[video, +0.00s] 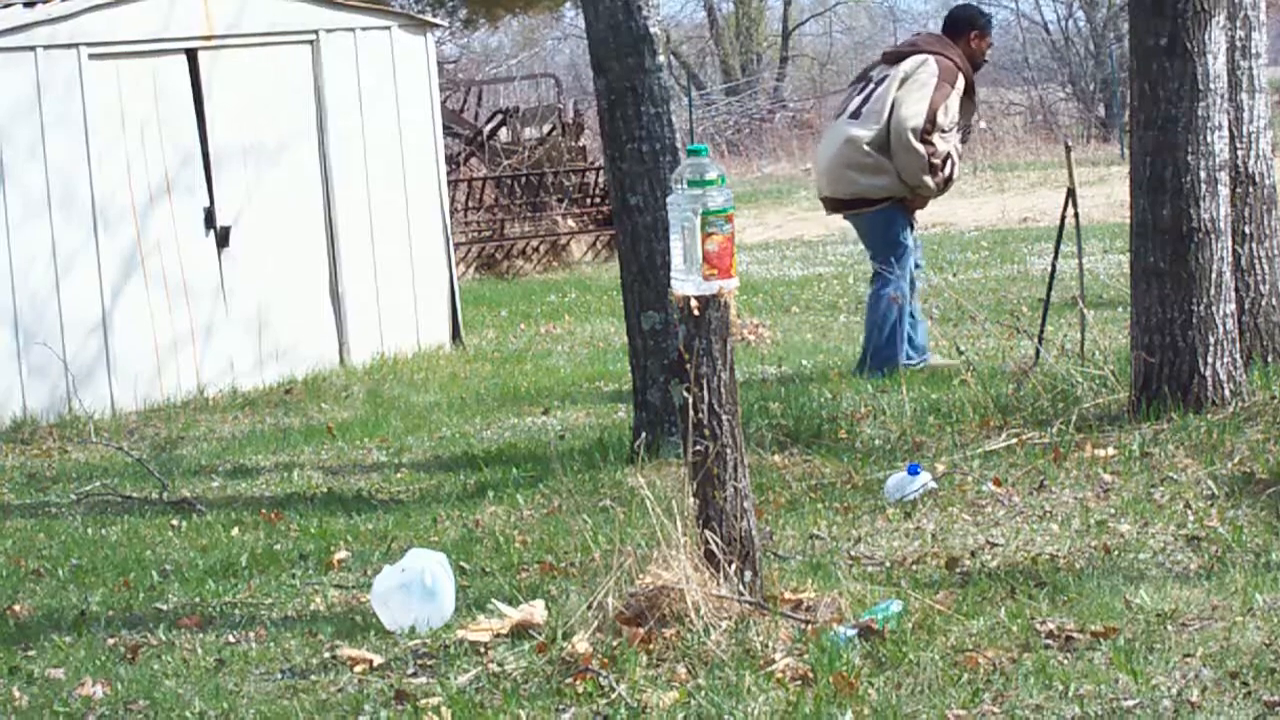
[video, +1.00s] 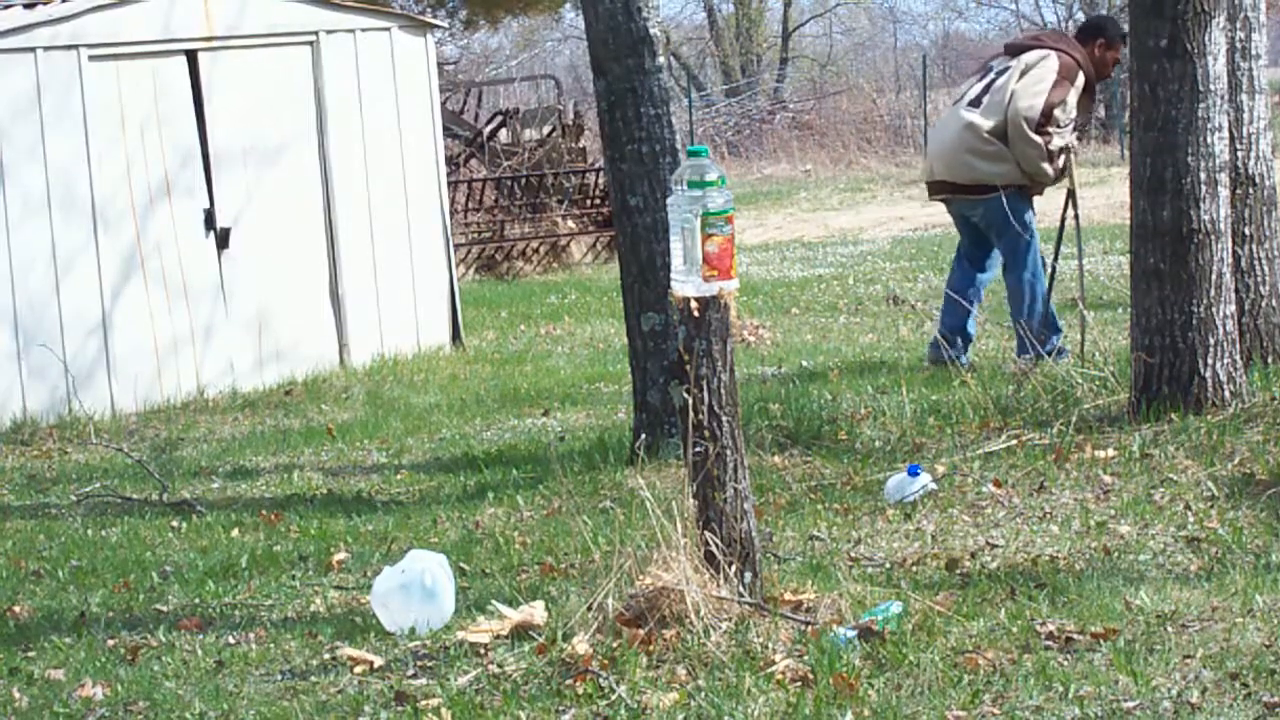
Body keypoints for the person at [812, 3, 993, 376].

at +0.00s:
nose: (988, 53)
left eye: (989, 45)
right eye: (987, 44)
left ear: (950, 34)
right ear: (972, 38)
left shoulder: (912, 56)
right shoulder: (942, 65)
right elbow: (910, 128)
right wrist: (926, 185)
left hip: (845, 172)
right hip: (866, 174)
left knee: (908, 258)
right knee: (895, 266)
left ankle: (912, 354)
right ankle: (880, 366)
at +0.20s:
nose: (1011, 60)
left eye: (1013, 52)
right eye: (1011, 50)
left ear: (977, 39)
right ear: (992, 42)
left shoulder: (934, 60)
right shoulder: (963, 67)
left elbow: (880, 115)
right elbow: (933, 129)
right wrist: (944, 192)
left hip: (867, 175)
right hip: (890, 176)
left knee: (931, 271)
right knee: (914, 272)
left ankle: (949, 361)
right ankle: (879, 370)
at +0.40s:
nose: (1033, 57)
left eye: (1036, 49)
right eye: (1033, 47)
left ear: (1002, 37)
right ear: (1013, 39)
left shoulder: (954, 55)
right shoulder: (986, 61)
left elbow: (897, 108)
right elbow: (954, 120)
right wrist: (969, 180)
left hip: (883, 169)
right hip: (909, 168)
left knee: (939, 262)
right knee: (950, 260)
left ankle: (943, 353)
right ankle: (897, 344)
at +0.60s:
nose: (1056, 57)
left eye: (1058, 48)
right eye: (1055, 46)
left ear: (1030, 36)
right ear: (1034, 37)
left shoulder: (975, 53)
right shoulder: (1004, 56)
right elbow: (970, 106)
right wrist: (995, 163)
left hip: (899, 168)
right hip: (931, 167)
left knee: (943, 257)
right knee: (993, 246)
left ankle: (937, 355)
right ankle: (971, 345)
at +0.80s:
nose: (1083, 64)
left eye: (1087, 57)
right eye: (1084, 54)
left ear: (1059, 41)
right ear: (1064, 43)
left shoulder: (996, 55)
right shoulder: (1034, 62)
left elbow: (943, 105)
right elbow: (997, 116)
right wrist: (1018, 173)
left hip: (919, 167)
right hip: (956, 168)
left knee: (955, 259)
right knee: (1002, 262)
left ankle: (945, 357)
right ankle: (1041, 352)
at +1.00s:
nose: (1113, 71)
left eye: (1116, 63)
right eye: (1114, 61)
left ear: (1093, 45)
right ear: (1098, 47)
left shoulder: (1026, 53)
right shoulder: (1064, 62)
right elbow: (1027, 117)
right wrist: (1048, 171)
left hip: (944, 162)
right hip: (985, 165)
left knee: (976, 252)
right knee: (1023, 254)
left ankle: (948, 349)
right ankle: (1040, 350)